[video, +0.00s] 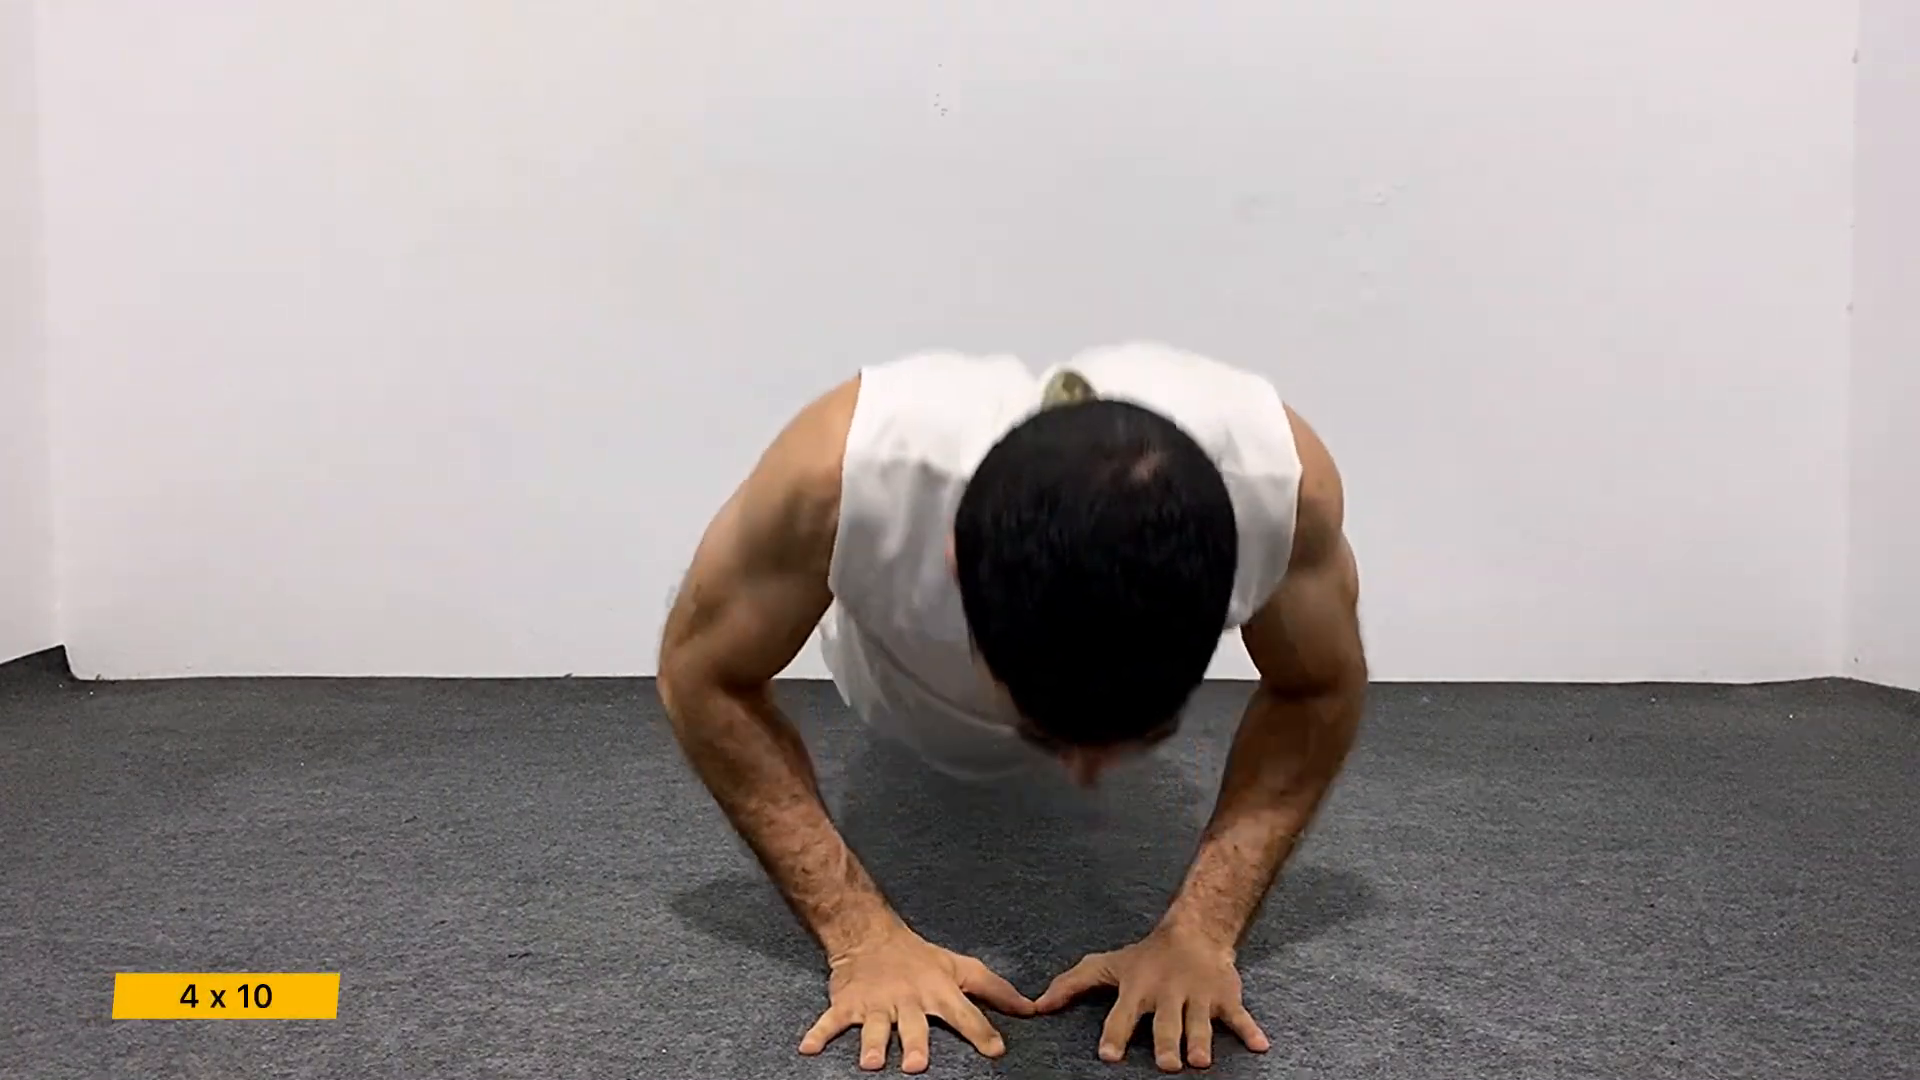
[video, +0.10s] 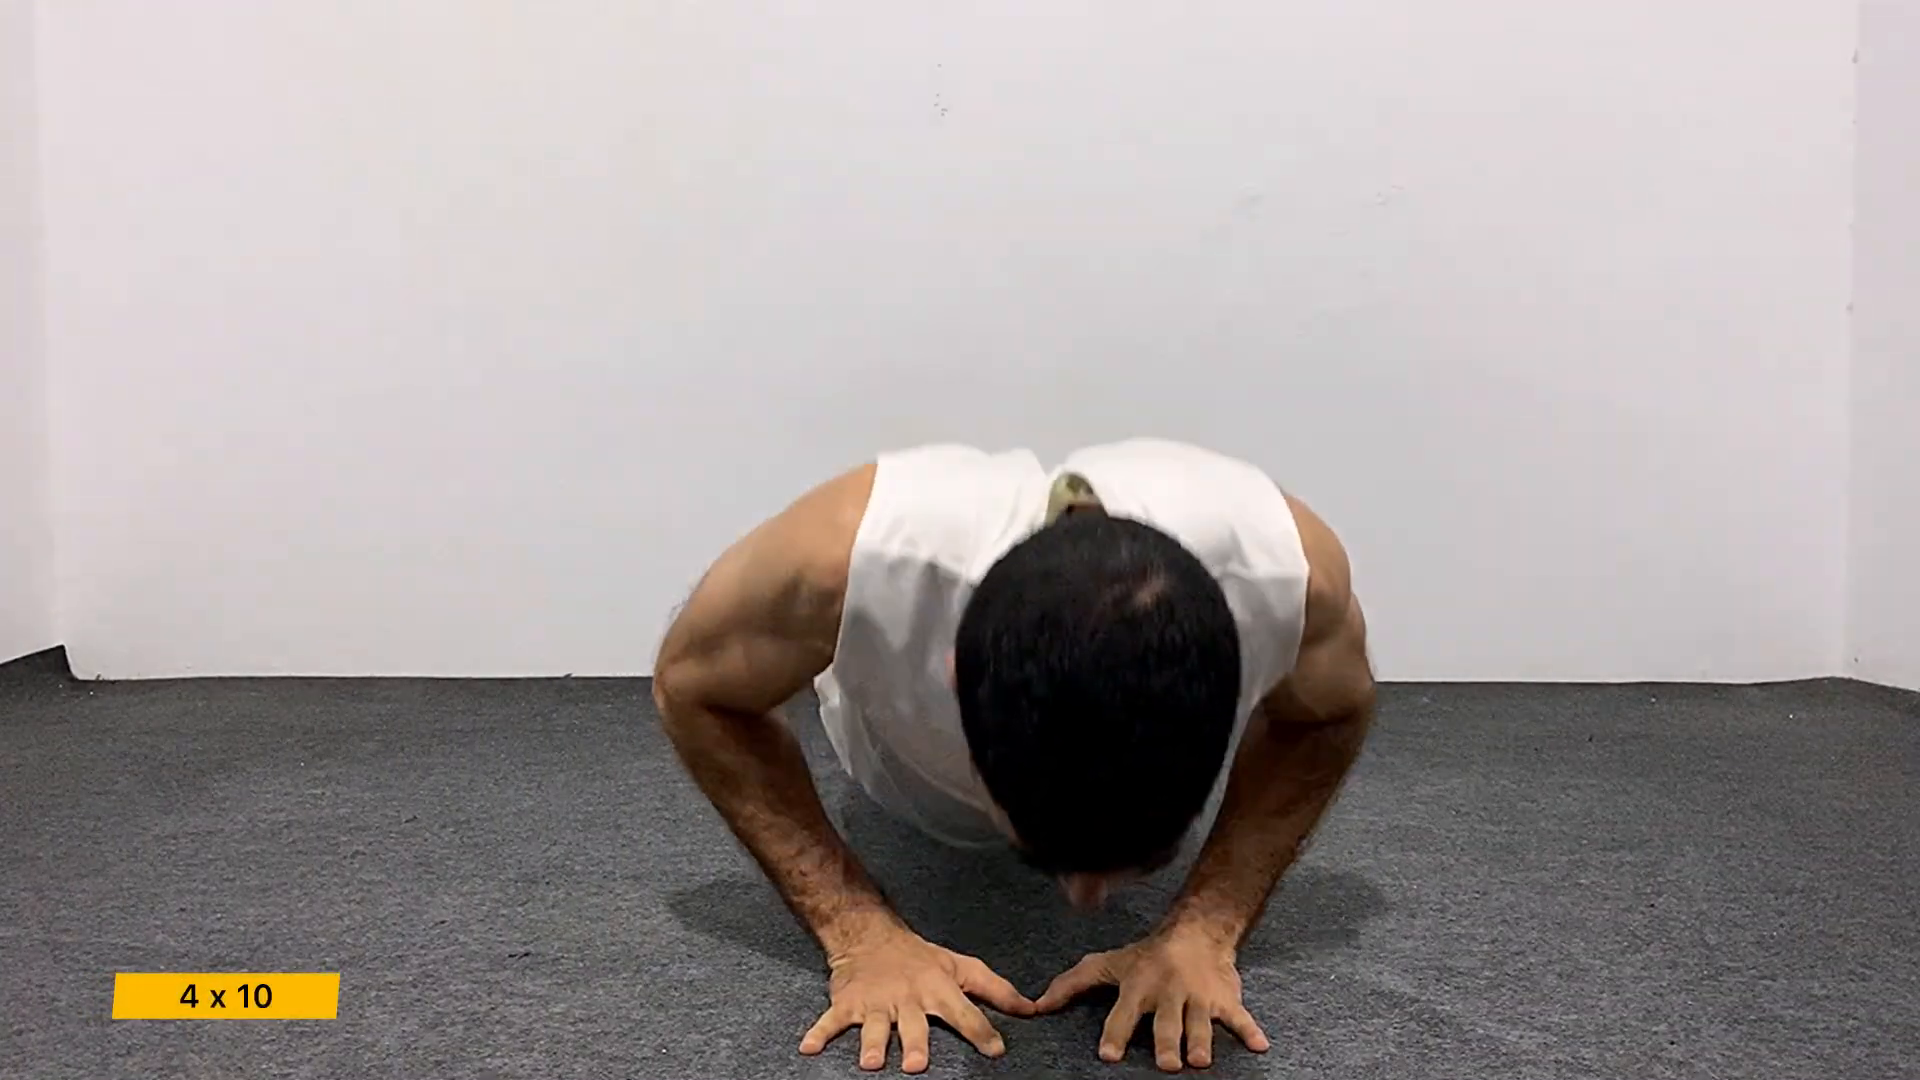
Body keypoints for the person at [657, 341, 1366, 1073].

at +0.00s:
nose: (1088, 772)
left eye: (1134, 739)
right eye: (1050, 734)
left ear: (1213, 612)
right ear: (964, 573)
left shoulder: (1286, 485)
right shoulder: (834, 472)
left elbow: (1316, 687)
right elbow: (701, 673)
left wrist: (1201, 928)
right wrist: (862, 933)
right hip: (916, 696)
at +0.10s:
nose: (1086, 894)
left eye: (1133, 862)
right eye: (1047, 856)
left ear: (1230, 706)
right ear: (963, 681)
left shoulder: (1297, 579)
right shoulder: (840, 559)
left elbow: (1321, 713)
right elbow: (698, 688)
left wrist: (1205, 928)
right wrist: (858, 928)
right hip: (912, 766)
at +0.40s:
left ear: (1215, 890)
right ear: (949, 871)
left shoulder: (1303, 703)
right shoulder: (834, 701)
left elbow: (1363, 709)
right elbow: (687, 687)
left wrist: (1228, 940)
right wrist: (857, 934)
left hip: (1117, 627)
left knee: (1061, 601)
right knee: (917, 600)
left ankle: (1020, 562)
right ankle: (906, 576)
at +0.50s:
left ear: (1222, 814)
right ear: (948, 841)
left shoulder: (1300, 690)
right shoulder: (832, 687)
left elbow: (1355, 714)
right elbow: (689, 689)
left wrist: (1224, 945)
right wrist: (858, 934)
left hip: (1106, 620)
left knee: (1039, 592)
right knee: (907, 594)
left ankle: (1014, 563)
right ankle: (904, 566)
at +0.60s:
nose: (1053, 993)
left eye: (1103, 971)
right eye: (1024, 963)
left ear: (1218, 795)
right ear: (953, 777)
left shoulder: (1291, 647)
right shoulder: (833, 635)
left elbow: (1336, 714)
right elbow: (699, 692)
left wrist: (1209, 933)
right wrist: (860, 935)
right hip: (898, 807)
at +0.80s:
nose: (1072, 720)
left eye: (1118, 686)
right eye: (1032, 686)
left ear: (1200, 570)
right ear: (959, 583)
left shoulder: (1276, 483)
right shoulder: (826, 459)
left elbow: (1306, 684)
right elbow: (720, 677)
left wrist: (1200, 925)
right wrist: (866, 931)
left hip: (1134, 717)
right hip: (904, 725)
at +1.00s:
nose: (1068, 455)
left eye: (1117, 416)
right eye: (1027, 411)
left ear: (1183, 327)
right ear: (953, 295)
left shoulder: (1268, 312)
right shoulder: (819, 291)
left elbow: (1277, 630)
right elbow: (770, 624)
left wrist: (1195, 932)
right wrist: (869, 932)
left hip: (1098, 614)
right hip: (914, 614)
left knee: (1062, 663)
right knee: (918, 675)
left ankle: (1030, 670)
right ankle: (917, 678)